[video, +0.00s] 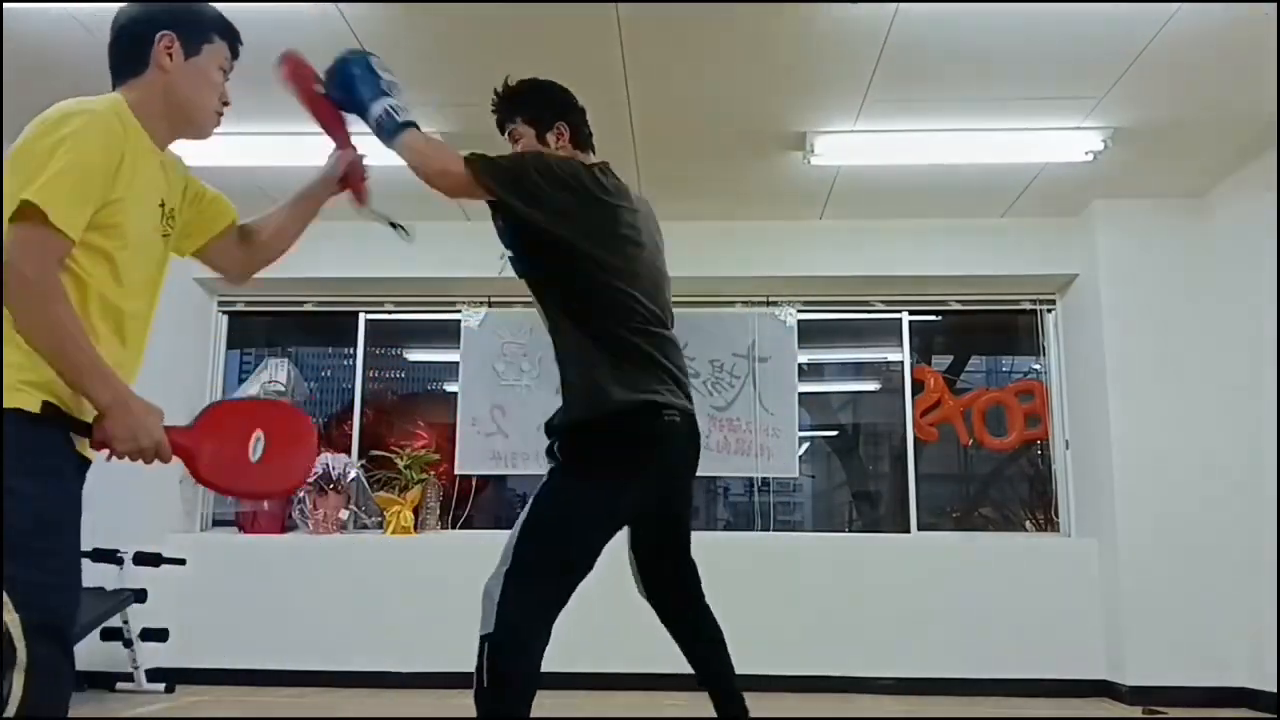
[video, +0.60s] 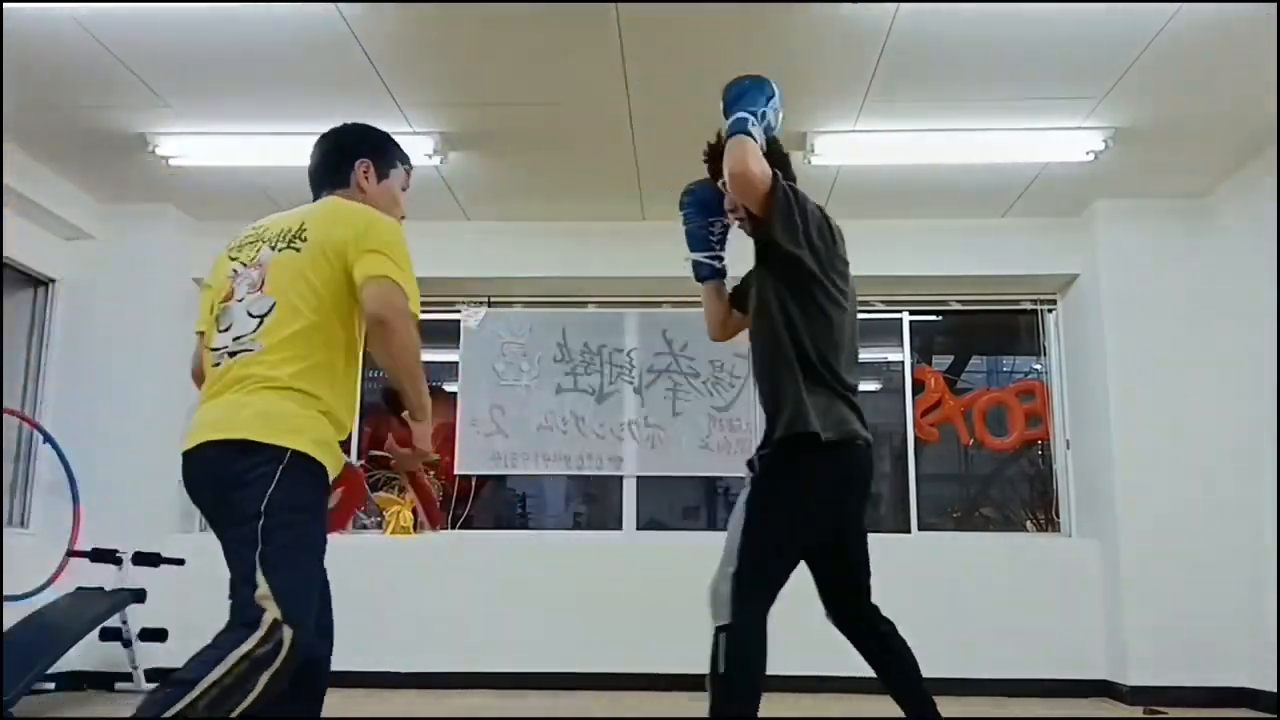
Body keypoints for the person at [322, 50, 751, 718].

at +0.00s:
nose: (510, 152)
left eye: (517, 137)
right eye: (509, 141)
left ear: (560, 135)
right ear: (568, 136)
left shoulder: (563, 179)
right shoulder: (627, 197)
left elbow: (450, 176)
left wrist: (378, 107)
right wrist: (524, 231)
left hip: (613, 427)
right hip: (672, 428)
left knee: (522, 598)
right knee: (669, 578)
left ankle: (502, 714)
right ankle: (735, 711)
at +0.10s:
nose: (526, 167)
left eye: (533, 152)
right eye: (524, 156)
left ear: (578, 147)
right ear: (596, 152)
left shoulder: (580, 189)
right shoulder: (646, 215)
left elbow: (469, 170)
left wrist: (410, 106)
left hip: (614, 445)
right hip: (673, 450)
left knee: (487, 597)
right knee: (688, 595)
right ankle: (796, 708)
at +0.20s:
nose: (565, 172)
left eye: (573, 157)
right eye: (565, 159)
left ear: (615, 155)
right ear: (627, 156)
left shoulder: (621, 203)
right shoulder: (674, 227)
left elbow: (546, 190)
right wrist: (566, 260)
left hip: (616, 460)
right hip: (688, 460)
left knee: (516, 606)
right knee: (737, 609)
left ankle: (497, 718)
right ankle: (831, 713)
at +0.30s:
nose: (625, 145)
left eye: (635, 124)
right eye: (628, 129)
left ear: (654, 122)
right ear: (667, 124)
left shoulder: (681, 187)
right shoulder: (702, 211)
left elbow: (645, 151)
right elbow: (623, 302)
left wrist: (608, 107)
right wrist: (602, 232)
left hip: (674, 429)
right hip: (729, 424)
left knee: (602, 602)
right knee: (775, 579)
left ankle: (550, 711)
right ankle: (861, 707)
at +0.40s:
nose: (650, 148)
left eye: (658, 132)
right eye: (650, 132)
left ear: (684, 130)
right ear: (696, 132)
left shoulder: (720, 182)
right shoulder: (719, 217)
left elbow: (658, 143)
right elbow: (651, 300)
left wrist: (630, 83)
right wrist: (630, 226)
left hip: (718, 425)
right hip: (761, 421)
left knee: (632, 578)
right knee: (790, 568)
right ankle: (891, 703)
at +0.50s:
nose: (683, 183)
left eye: (686, 163)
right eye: (677, 169)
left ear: (715, 154)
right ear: (732, 162)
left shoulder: (754, 203)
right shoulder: (745, 234)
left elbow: (696, 138)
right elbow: (683, 324)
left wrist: (688, 88)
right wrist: (669, 247)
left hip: (757, 444)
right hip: (788, 445)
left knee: (678, 609)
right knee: (820, 597)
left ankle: (707, 716)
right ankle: (908, 711)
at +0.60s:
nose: (729, 205)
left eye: (734, 188)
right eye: (724, 195)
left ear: (764, 177)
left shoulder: (806, 226)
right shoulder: (778, 264)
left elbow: (744, 176)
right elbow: (722, 325)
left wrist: (745, 126)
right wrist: (708, 256)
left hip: (810, 449)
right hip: (830, 451)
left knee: (742, 602)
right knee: (850, 608)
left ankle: (731, 715)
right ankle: (926, 713)